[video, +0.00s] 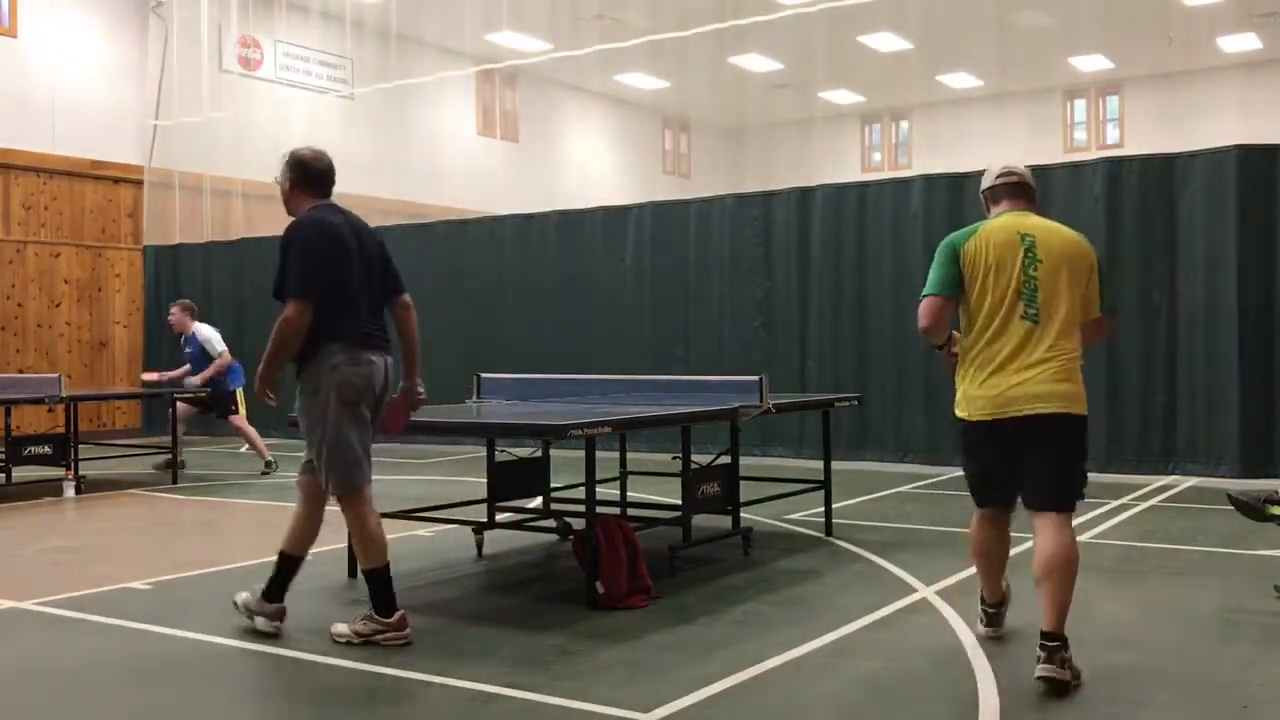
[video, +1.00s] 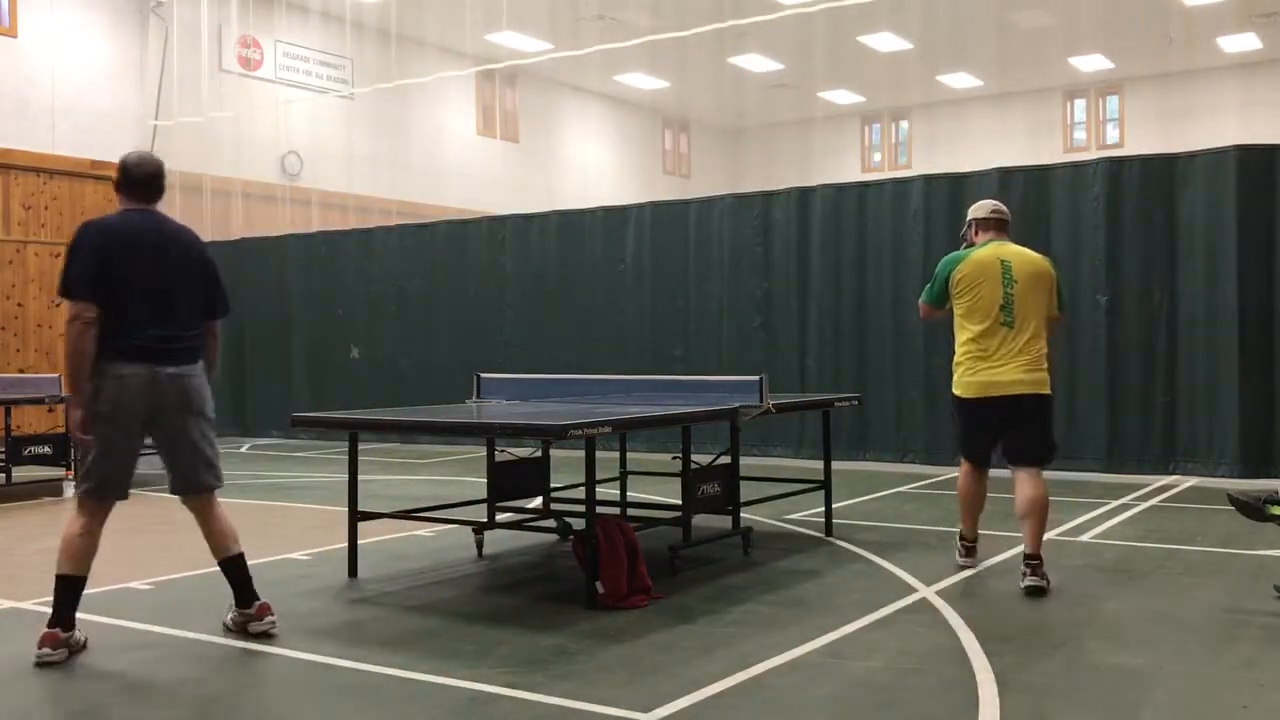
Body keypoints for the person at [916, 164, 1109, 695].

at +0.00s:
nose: (990, 208)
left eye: (988, 201)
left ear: (987, 202)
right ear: (1034, 199)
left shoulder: (960, 244)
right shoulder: (1076, 245)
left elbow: (929, 320)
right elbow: (1095, 330)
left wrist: (947, 339)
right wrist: (1049, 341)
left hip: (986, 405)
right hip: (1058, 403)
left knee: (991, 511)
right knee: (1054, 518)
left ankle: (993, 607)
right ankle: (1052, 648)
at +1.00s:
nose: (968, 237)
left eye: (968, 232)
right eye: (971, 232)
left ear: (974, 231)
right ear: (1007, 229)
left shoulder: (956, 263)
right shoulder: (1042, 265)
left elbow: (928, 310)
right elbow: (1053, 318)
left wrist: (959, 275)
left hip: (975, 388)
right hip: (1030, 388)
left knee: (973, 464)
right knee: (1029, 469)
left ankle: (968, 545)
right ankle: (1033, 562)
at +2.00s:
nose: (920, 255)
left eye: (920, 250)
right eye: (921, 250)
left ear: (926, 250)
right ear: (952, 246)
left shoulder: (923, 276)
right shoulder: (984, 277)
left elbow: (877, 290)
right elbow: (990, 317)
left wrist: (895, 258)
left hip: (932, 380)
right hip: (977, 380)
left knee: (923, 440)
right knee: (978, 444)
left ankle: (927, 509)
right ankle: (984, 519)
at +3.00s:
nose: (802, 269)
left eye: (805, 263)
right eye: (802, 263)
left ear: (821, 261)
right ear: (826, 262)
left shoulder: (830, 286)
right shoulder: (852, 285)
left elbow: (838, 329)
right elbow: (862, 335)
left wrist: (812, 360)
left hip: (831, 377)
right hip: (857, 377)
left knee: (800, 425)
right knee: (846, 433)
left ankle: (842, 474)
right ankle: (852, 496)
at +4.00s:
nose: (710, 273)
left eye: (713, 268)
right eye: (708, 268)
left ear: (729, 265)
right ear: (715, 268)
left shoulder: (745, 288)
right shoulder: (719, 291)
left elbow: (755, 327)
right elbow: (721, 328)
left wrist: (716, 341)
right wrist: (706, 340)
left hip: (740, 375)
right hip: (719, 374)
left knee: (719, 424)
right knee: (720, 426)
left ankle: (742, 480)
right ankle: (740, 480)